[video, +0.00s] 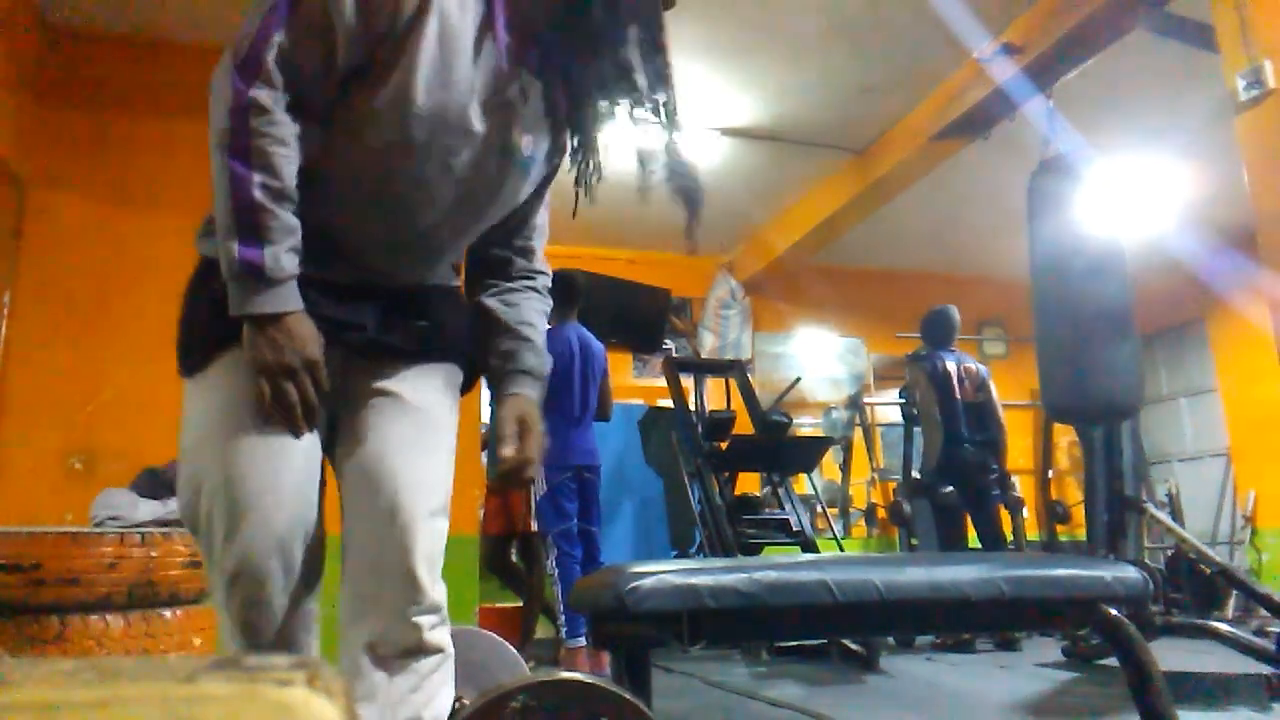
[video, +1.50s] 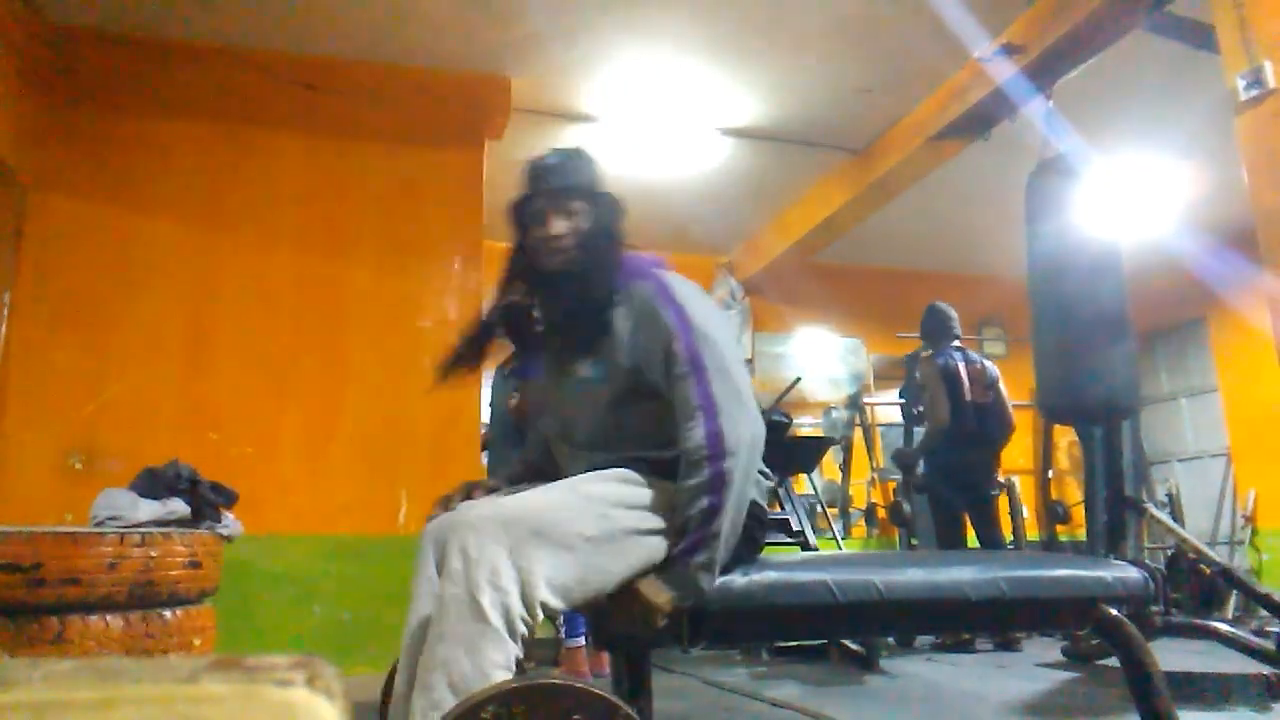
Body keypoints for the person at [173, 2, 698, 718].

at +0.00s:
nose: (599, 90)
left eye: (615, 77)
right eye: (599, 66)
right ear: (574, 12)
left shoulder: (543, 108)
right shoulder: (407, 8)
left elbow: (513, 259)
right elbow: (252, 86)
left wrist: (521, 383)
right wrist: (270, 302)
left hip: (410, 313)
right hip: (268, 289)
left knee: (407, 590)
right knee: (260, 568)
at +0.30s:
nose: (537, 62)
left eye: (545, 45)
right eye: (527, 39)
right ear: (458, 14)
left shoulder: (507, 99)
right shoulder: (301, 26)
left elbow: (531, 283)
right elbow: (218, 176)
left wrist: (507, 411)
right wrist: (243, 348)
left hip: (425, 329)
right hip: (293, 320)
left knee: (405, 581)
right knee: (267, 582)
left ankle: (406, 718)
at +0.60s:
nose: (454, 98)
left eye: (466, 73)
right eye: (431, 74)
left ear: (477, 59)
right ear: (369, 61)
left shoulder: (488, 138)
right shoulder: (270, 109)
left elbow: (572, 299)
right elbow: (252, 252)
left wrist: (565, 454)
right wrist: (293, 384)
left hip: (470, 344)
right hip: (357, 344)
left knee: (433, 562)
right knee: (318, 566)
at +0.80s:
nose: (399, 189)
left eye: (412, 161)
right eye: (371, 171)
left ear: (431, 134)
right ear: (322, 158)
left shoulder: (492, 192)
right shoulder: (289, 192)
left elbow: (599, 344)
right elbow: (302, 314)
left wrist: (629, 520)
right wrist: (337, 415)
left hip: (517, 364)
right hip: (408, 369)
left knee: (468, 539)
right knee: (356, 556)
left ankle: (466, 717)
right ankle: (357, 719)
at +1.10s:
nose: (384, 241)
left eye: (398, 218)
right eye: (366, 224)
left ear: (432, 197)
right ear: (344, 221)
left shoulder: (522, 258)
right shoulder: (362, 278)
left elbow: (627, 389)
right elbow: (369, 368)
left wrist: (667, 548)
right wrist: (389, 454)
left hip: (576, 416)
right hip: (483, 418)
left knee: (474, 529)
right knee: (396, 524)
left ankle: (466, 711)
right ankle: (399, 708)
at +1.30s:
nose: (448, 242)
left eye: (465, 218)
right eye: (431, 227)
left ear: (502, 213)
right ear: (417, 235)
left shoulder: (582, 280)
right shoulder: (450, 306)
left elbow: (668, 413)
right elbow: (442, 396)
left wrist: (675, 563)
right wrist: (434, 474)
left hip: (632, 464)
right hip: (534, 470)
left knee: (472, 537)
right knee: (411, 531)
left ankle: (449, 713)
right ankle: (404, 707)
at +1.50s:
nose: (553, 229)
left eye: (569, 211)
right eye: (537, 217)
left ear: (600, 216)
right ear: (521, 231)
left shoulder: (658, 298)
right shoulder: (540, 317)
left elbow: (729, 437)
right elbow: (541, 449)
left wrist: (681, 577)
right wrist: (497, 490)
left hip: (666, 485)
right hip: (581, 487)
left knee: (483, 542)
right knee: (445, 535)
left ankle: (454, 712)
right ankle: (417, 708)